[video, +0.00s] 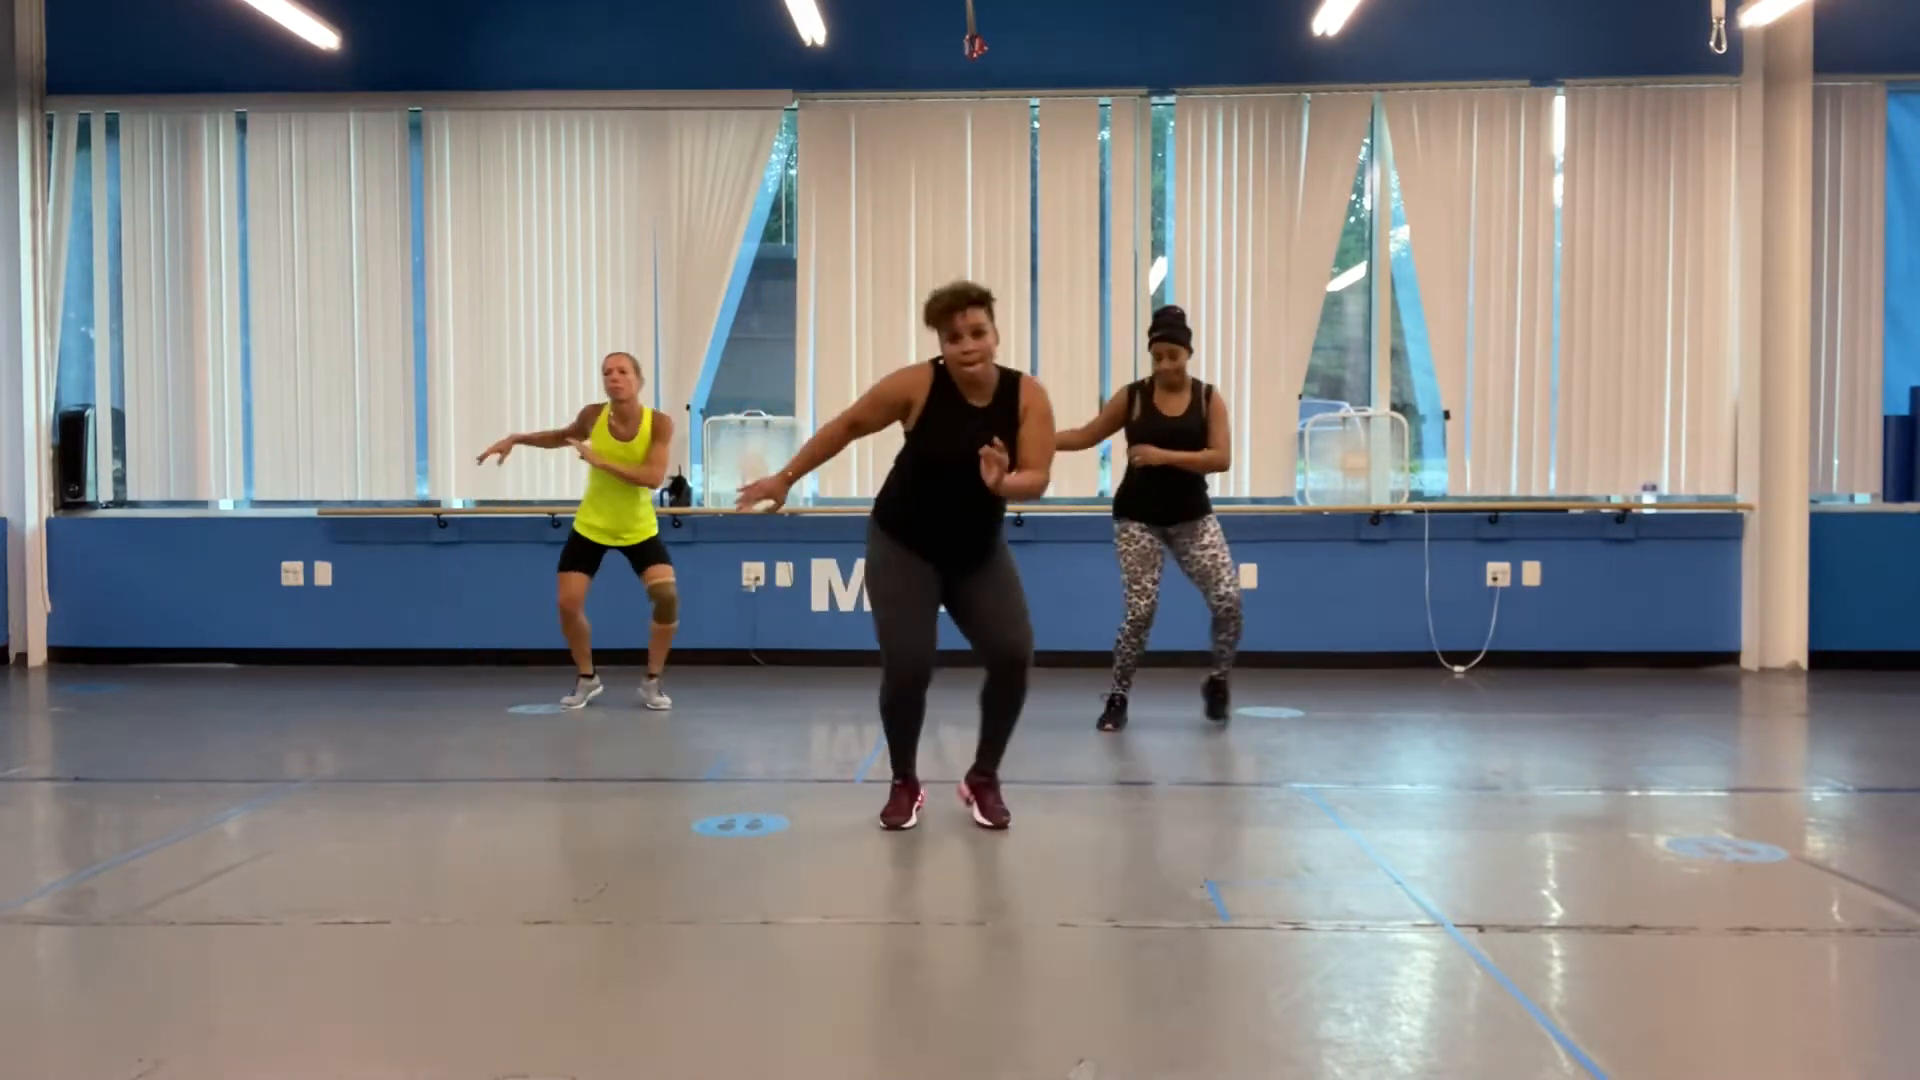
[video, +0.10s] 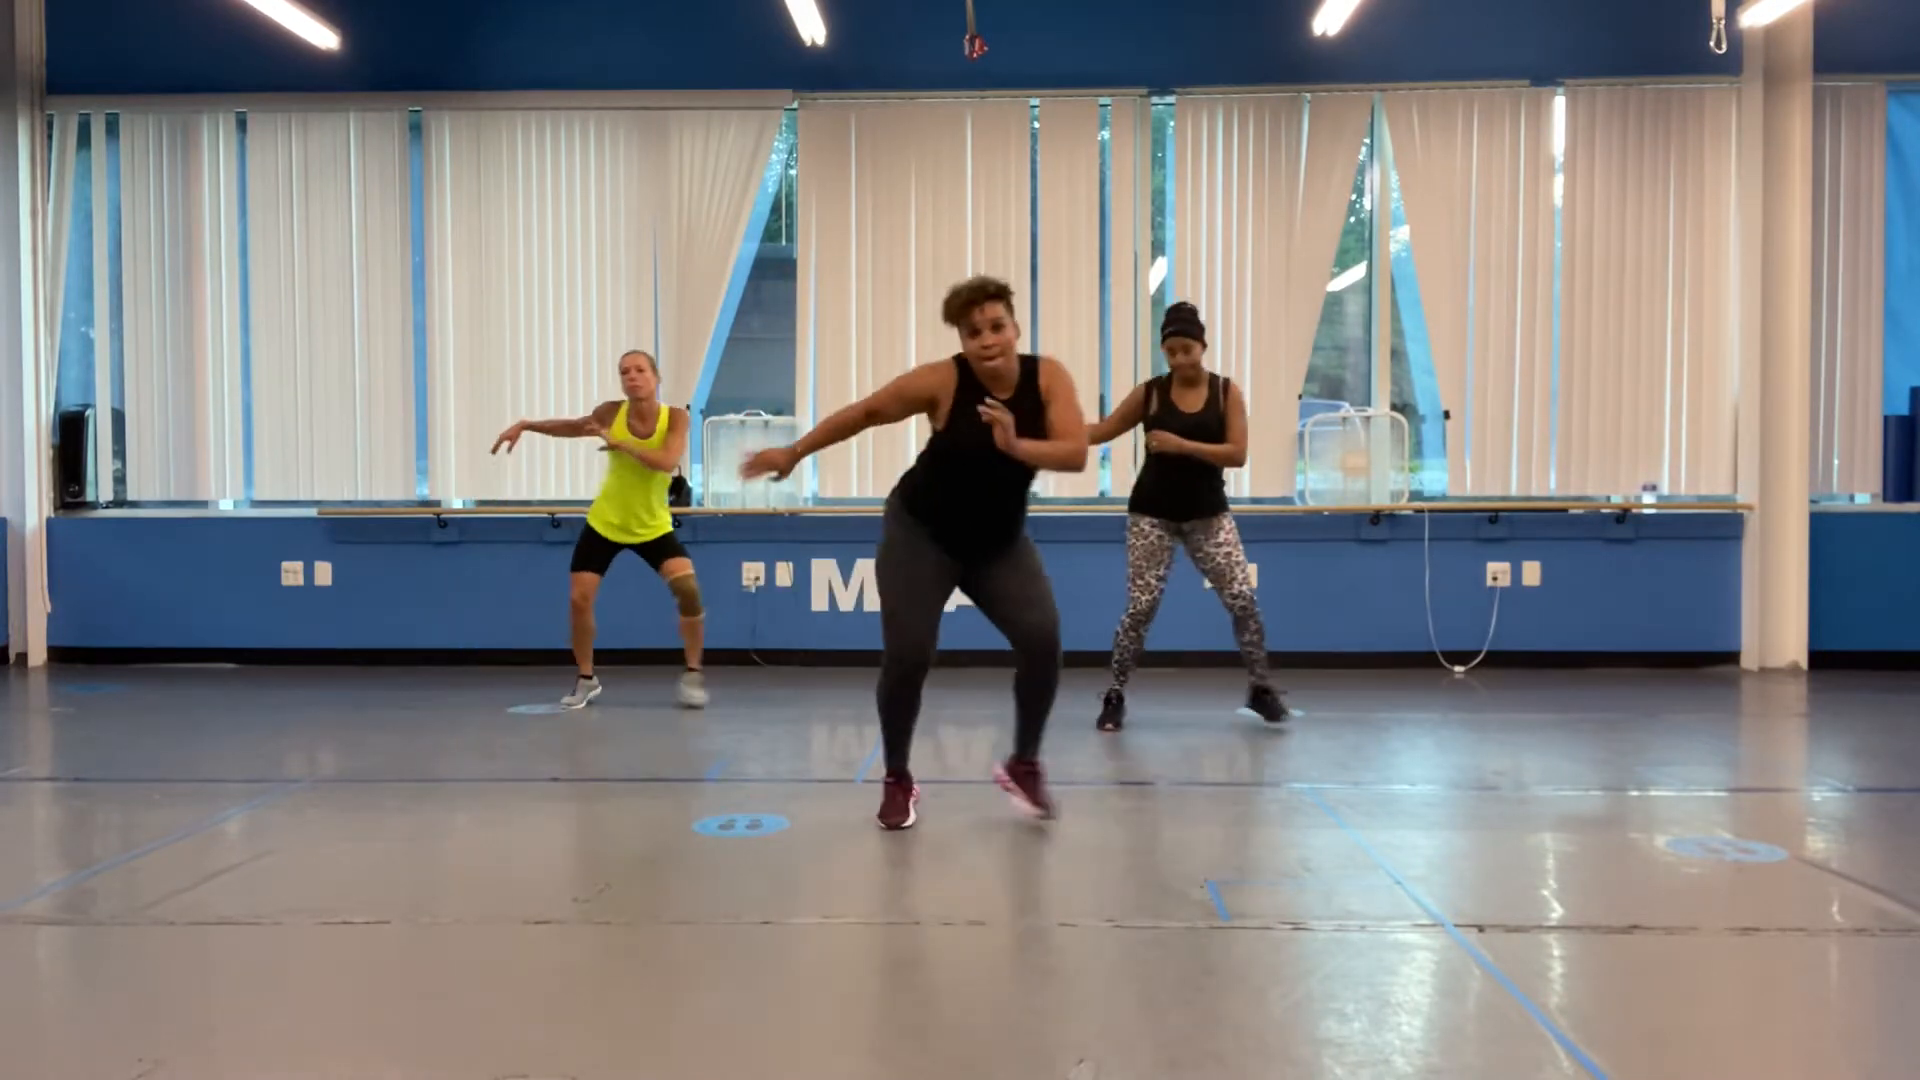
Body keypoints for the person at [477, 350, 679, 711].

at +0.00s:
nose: (614, 378)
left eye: (622, 372)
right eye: (608, 374)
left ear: (638, 380)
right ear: (603, 383)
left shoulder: (659, 422)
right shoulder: (592, 415)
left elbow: (654, 478)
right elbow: (565, 437)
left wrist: (599, 461)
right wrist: (515, 439)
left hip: (638, 524)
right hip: (593, 522)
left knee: (666, 594)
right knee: (568, 603)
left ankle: (652, 683)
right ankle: (588, 679)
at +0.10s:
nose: (632, 377)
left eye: (639, 371)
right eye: (626, 373)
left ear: (656, 377)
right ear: (621, 382)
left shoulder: (676, 417)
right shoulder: (611, 412)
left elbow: (668, 462)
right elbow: (575, 427)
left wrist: (620, 444)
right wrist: (524, 425)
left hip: (652, 522)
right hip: (606, 520)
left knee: (688, 589)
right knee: (579, 598)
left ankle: (693, 675)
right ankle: (586, 679)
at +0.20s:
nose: (649, 377)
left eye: (656, 370)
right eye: (642, 373)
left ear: (673, 377)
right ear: (637, 383)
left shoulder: (694, 414)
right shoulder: (632, 416)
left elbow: (693, 449)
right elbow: (598, 436)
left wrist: (646, 439)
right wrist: (543, 430)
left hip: (675, 524)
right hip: (628, 521)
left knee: (707, 597)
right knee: (592, 596)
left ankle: (731, 684)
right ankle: (578, 675)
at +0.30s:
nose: (662, 385)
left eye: (669, 378)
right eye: (655, 381)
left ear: (686, 386)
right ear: (649, 391)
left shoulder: (710, 423)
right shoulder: (643, 432)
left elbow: (717, 464)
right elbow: (618, 473)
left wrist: (666, 455)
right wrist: (567, 464)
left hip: (697, 532)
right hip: (649, 532)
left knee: (734, 598)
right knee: (614, 608)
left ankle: (737, 687)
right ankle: (598, 665)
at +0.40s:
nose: (663, 384)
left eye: (670, 378)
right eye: (656, 380)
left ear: (688, 386)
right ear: (652, 391)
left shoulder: (713, 428)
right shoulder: (645, 437)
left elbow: (736, 484)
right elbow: (644, 490)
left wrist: (692, 491)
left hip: (705, 532)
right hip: (659, 533)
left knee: (739, 599)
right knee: (627, 607)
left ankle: (738, 686)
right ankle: (634, 674)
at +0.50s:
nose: (656, 379)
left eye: (664, 373)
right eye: (650, 374)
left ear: (680, 383)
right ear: (644, 385)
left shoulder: (703, 423)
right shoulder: (634, 431)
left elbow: (729, 466)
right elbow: (642, 485)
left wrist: (737, 496)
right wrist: (630, 526)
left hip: (707, 527)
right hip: (661, 529)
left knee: (732, 600)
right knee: (622, 595)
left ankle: (742, 684)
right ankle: (621, 672)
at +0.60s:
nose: (643, 373)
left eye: (651, 367)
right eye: (637, 368)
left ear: (667, 378)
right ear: (630, 378)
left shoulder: (687, 416)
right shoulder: (619, 419)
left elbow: (721, 449)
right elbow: (621, 474)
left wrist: (762, 475)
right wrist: (646, 488)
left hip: (694, 519)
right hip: (649, 523)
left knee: (720, 593)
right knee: (617, 593)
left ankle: (756, 675)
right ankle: (605, 678)